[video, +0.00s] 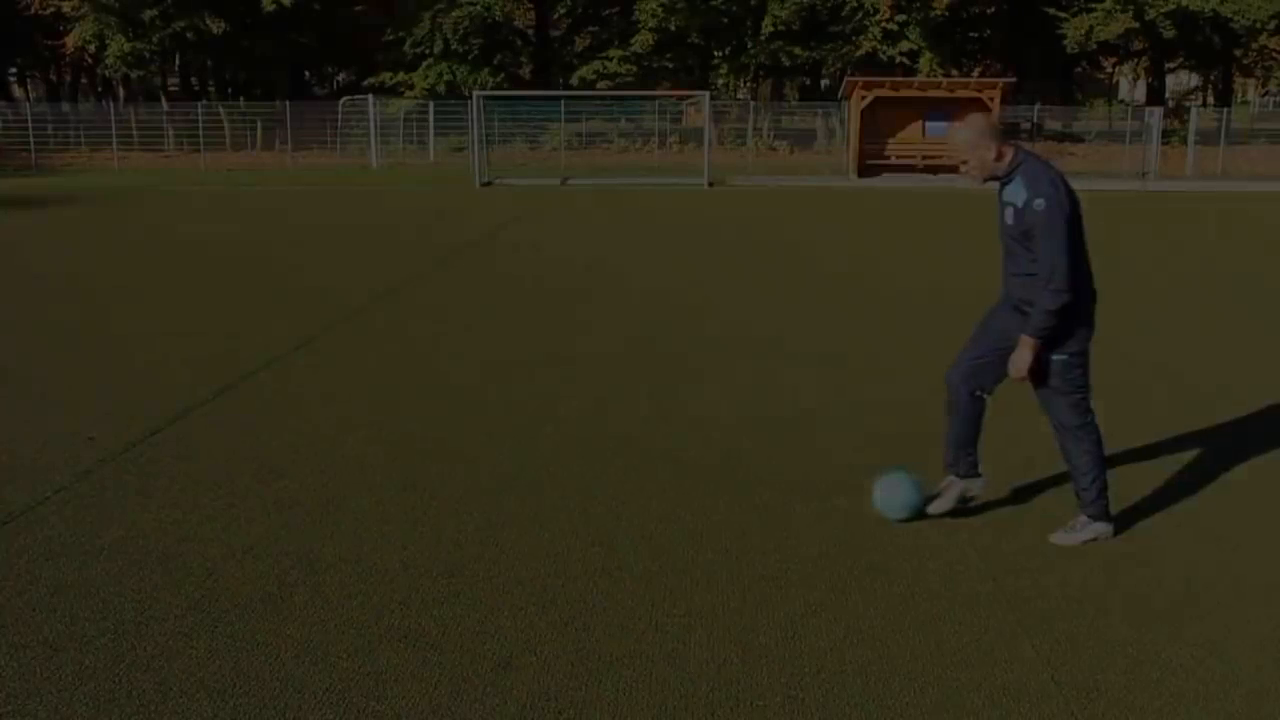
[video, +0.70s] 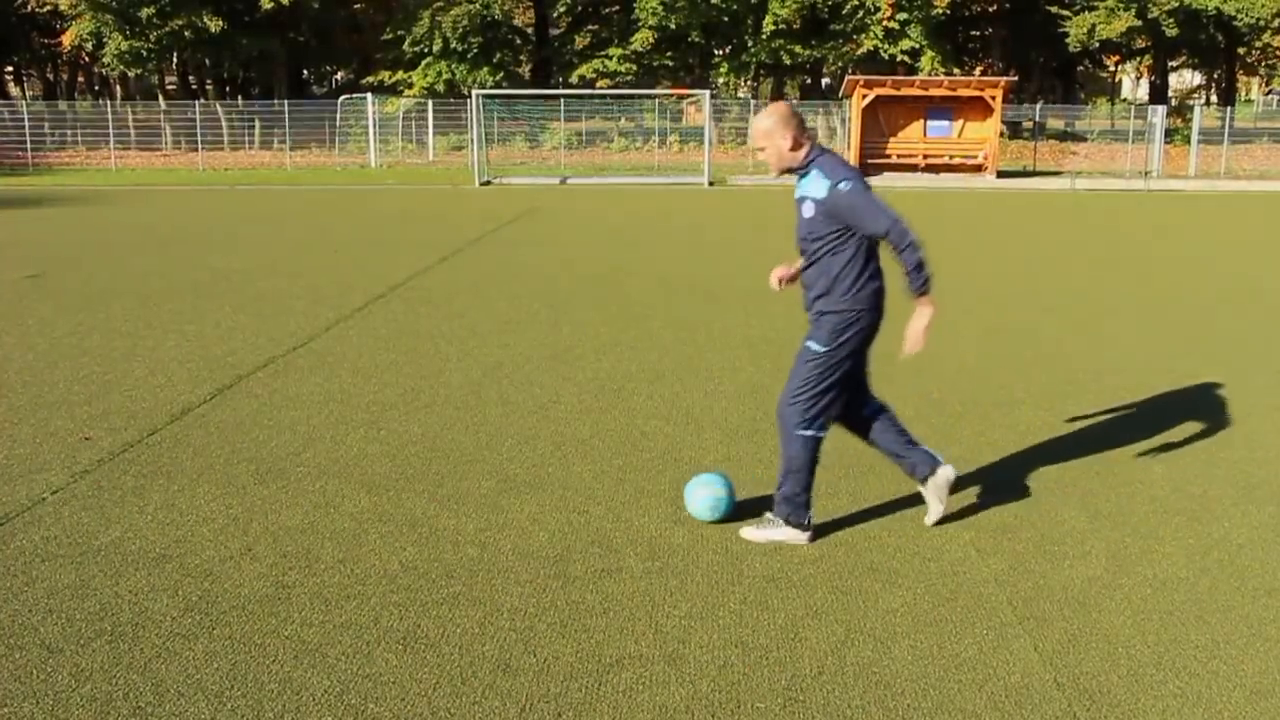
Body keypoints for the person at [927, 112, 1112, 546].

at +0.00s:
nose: (964, 172)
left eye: (967, 163)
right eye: (961, 163)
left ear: (997, 153)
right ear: (995, 153)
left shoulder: (1045, 192)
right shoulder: (1013, 178)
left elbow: (1056, 281)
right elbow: (1027, 260)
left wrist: (1030, 340)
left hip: (1058, 321)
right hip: (1018, 310)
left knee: (1071, 417)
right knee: (963, 379)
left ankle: (1096, 515)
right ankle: (962, 475)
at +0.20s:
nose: (912, 170)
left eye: (915, 162)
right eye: (910, 162)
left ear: (945, 152)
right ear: (944, 153)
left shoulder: (994, 193)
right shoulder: (962, 181)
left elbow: (1024, 277)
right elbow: (986, 261)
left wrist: (1008, 340)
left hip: (1012, 324)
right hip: (974, 321)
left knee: (1032, 417)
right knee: (948, 403)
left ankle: (1089, 506)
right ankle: (974, 503)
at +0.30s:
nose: (882, 173)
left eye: (885, 164)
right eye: (880, 165)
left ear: (915, 155)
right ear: (914, 155)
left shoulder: (966, 194)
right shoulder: (930, 186)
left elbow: (1008, 267)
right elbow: (961, 259)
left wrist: (1012, 336)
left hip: (976, 330)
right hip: (943, 325)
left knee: (977, 424)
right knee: (931, 412)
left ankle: (1061, 489)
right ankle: (971, 504)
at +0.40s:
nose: (857, 174)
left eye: (859, 164)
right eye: (854, 165)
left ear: (888, 154)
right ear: (886, 155)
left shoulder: (936, 185)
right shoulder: (902, 185)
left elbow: (993, 248)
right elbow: (918, 258)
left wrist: (1019, 318)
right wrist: (887, 300)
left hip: (954, 314)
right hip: (927, 315)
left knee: (922, 417)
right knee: (918, 417)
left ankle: (1001, 480)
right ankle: (968, 501)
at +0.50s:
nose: (828, 163)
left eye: (830, 154)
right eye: (825, 155)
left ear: (857, 143)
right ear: (856, 144)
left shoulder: (905, 177)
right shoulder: (873, 175)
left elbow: (977, 216)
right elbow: (887, 238)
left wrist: (1007, 278)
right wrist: (843, 265)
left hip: (923, 308)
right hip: (907, 307)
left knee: (869, 402)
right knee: (923, 405)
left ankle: (925, 495)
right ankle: (969, 496)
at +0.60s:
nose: (794, 154)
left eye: (795, 145)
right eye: (790, 146)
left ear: (823, 136)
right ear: (823, 136)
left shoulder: (870, 167)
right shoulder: (841, 166)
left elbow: (950, 196)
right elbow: (857, 225)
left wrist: (972, 252)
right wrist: (820, 239)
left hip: (886, 301)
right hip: (878, 298)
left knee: (834, 396)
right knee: (899, 393)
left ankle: (830, 510)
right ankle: (957, 486)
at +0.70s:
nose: (761, 157)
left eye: (764, 149)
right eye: (759, 149)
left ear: (792, 142)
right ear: (793, 142)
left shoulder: (835, 182)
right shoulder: (812, 173)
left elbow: (897, 230)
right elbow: (831, 234)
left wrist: (923, 297)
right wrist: (798, 266)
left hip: (846, 313)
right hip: (837, 308)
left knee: (797, 408)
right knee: (848, 404)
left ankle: (791, 518)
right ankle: (929, 471)